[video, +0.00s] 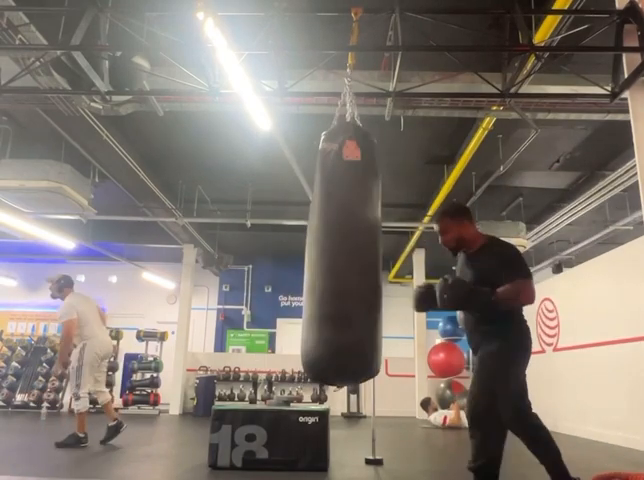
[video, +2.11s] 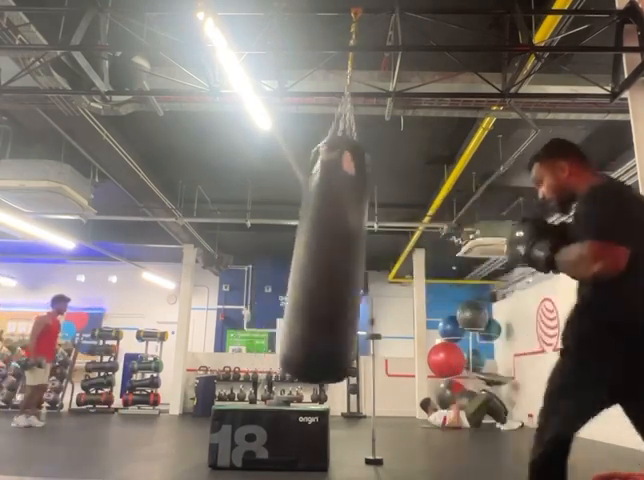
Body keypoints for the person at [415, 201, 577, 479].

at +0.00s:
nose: (441, 240)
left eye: (444, 232)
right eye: (439, 233)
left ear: (462, 225)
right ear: (460, 228)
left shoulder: (502, 251)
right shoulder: (464, 259)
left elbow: (527, 293)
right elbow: (466, 297)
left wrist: (477, 297)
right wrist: (437, 297)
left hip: (507, 344)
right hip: (487, 346)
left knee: (482, 411)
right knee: (516, 414)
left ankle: (484, 473)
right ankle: (562, 475)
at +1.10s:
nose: (435, 230)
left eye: (438, 222)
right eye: (434, 224)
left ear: (458, 219)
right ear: (455, 221)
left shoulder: (495, 249)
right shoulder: (455, 254)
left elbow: (531, 283)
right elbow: (445, 283)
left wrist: (491, 287)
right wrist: (419, 277)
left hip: (489, 345)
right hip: (474, 344)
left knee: (452, 411)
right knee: (497, 408)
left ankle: (472, 474)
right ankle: (542, 470)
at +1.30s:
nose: (440, 244)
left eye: (442, 236)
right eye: (439, 238)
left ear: (462, 231)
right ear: (469, 232)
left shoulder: (466, 256)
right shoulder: (509, 261)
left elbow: (461, 285)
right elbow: (536, 301)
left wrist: (424, 290)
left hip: (474, 360)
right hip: (506, 360)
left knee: (432, 427)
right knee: (503, 424)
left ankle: (457, 476)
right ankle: (542, 475)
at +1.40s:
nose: (436, 237)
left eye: (437, 229)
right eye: (433, 231)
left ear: (456, 221)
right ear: (460, 222)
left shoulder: (467, 253)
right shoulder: (502, 242)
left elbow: (473, 303)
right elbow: (534, 270)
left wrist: (438, 298)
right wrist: (500, 284)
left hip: (481, 355)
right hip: (511, 349)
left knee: (444, 423)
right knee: (507, 411)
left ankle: (462, 475)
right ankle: (537, 470)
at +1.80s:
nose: (461, 220)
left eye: (462, 211)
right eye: (459, 213)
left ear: (480, 200)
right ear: (494, 199)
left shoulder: (494, 224)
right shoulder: (542, 224)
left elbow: (504, 265)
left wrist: (465, 298)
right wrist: (473, 247)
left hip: (522, 342)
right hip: (560, 339)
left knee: (479, 429)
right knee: (545, 412)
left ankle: (493, 474)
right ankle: (581, 473)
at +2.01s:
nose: (506, 192)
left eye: (506, 181)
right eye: (503, 185)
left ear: (529, 168)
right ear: (532, 169)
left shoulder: (556, 187)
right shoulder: (593, 194)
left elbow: (576, 226)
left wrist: (528, 251)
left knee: (527, 419)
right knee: (626, 433)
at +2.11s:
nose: (541, 193)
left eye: (541, 181)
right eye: (537, 185)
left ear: (564, 169)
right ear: (568, 170)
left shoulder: (603, 198)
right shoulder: (622, 196)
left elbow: (606, 258)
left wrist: (549, 254)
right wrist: (557, 239)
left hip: (601, 350)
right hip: (628, 349)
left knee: (551, 439)